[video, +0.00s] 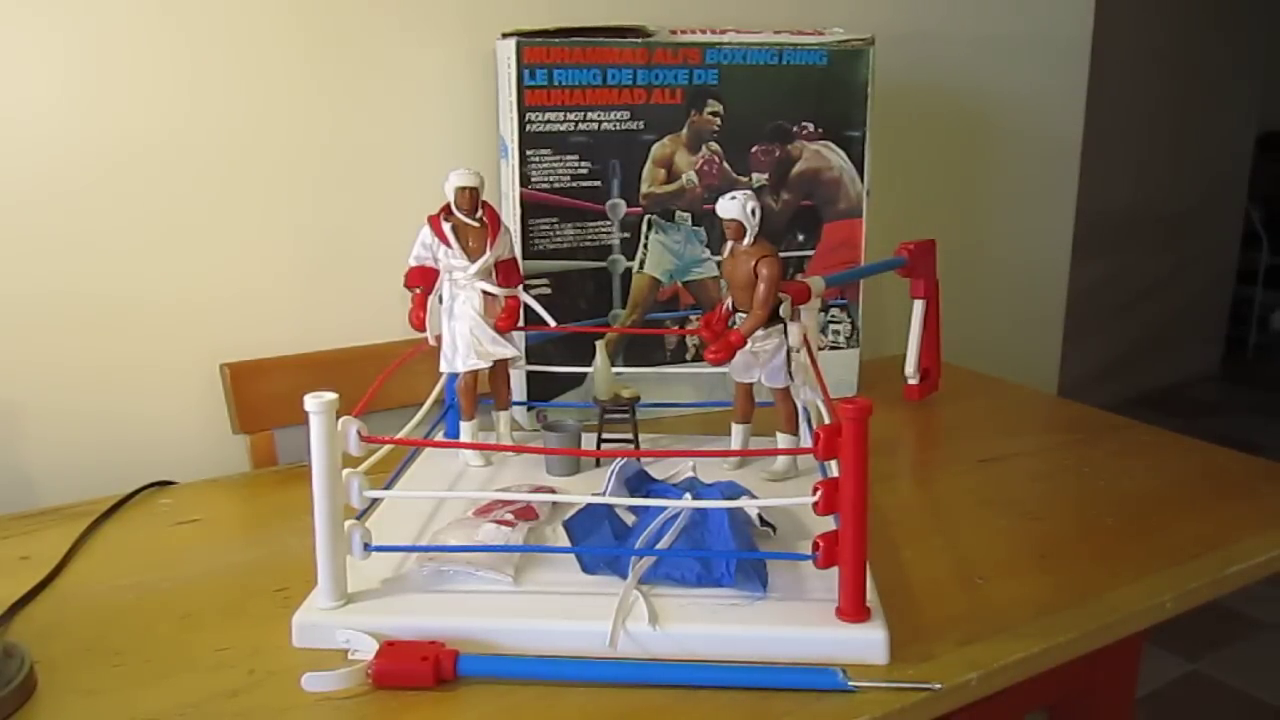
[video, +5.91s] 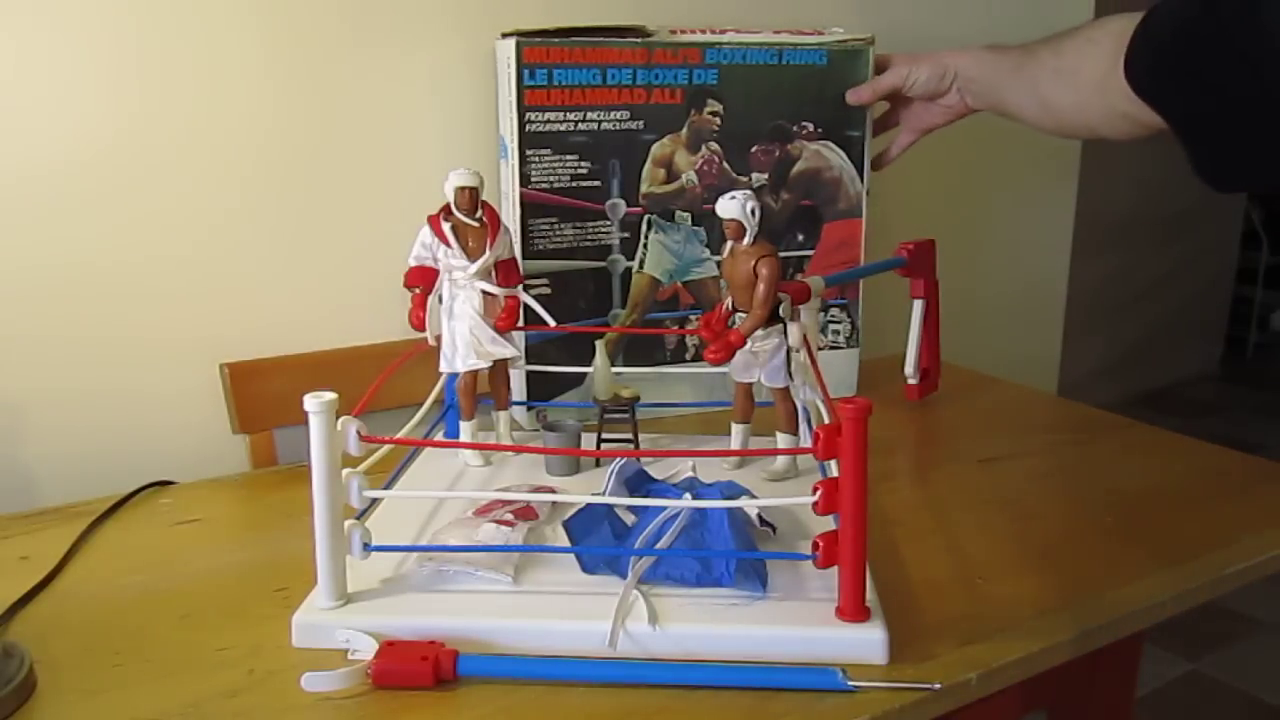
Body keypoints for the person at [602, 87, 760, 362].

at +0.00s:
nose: (718, 122)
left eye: (720, 116)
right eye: (713, 114)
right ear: (694, 115)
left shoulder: (712, 150)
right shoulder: (665, 148)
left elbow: (731, 182)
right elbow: (646, 196)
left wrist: (755, 180)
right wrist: (682, 183)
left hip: (693, 237)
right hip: (660, 234)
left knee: (719, 309)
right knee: (635, 314)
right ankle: (596, 370)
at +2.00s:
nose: (719, 122)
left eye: (721, 116)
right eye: (714, 115)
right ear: (694, 114)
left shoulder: (712, 151)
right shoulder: (664, 148)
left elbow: (731, 182)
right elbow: (647, 196)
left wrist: (755, 181)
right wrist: (682, 183)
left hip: (694, 238)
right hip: (660, 235)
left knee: (718, 310)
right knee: (634, 315)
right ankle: (596, 376)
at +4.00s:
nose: (719, 122)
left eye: (720, 116)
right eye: (713, 114)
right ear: (694, 114)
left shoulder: (712, 150)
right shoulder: (665, 148)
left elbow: (730, 182)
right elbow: (646, 196)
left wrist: (753, 182)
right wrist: (683, 183)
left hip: (694, 238)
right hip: (660, 235)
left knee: (720, 310)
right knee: (635, 314)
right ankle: (596, 370)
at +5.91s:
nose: (718, 122)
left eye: (720, 116)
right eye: (713, 115)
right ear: (693, 114)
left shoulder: (712, 150)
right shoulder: (664, 148)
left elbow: (731, 182)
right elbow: (647, 196)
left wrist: (755, 181)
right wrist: (684, 182)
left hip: (694, 237)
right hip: (661, 234)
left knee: (718, 309)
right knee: (635, 314)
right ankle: (596, 375)